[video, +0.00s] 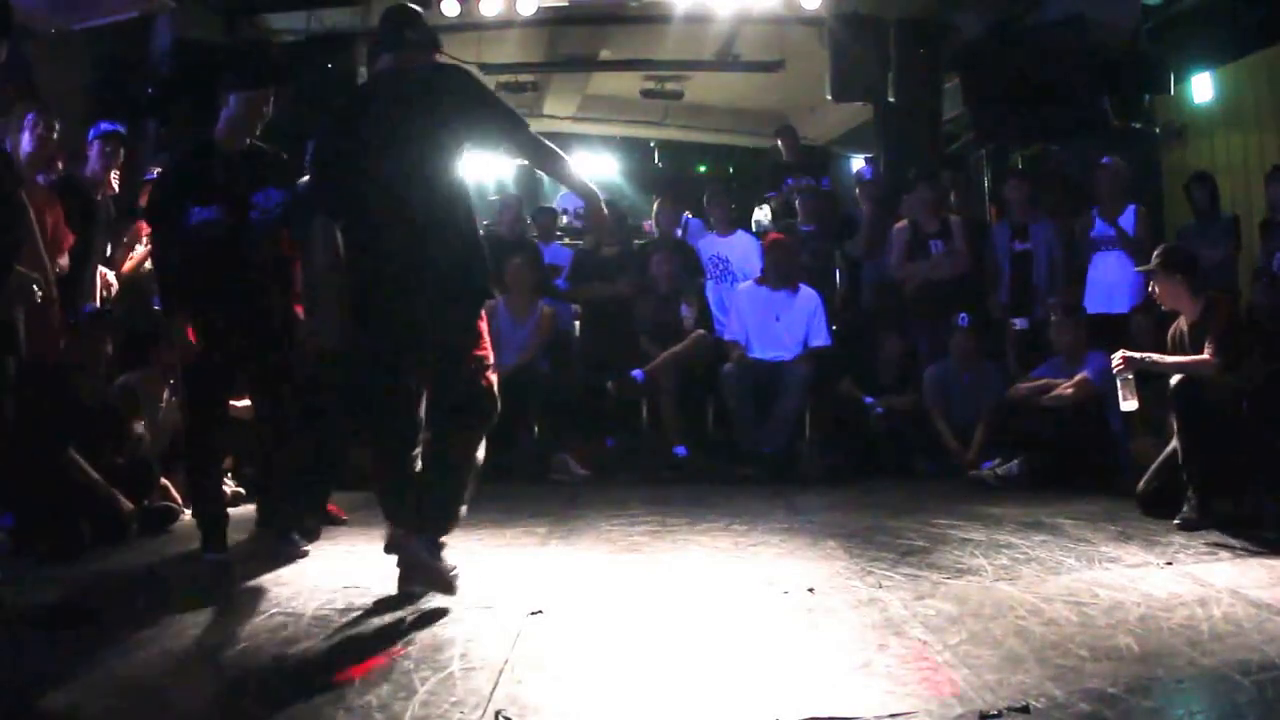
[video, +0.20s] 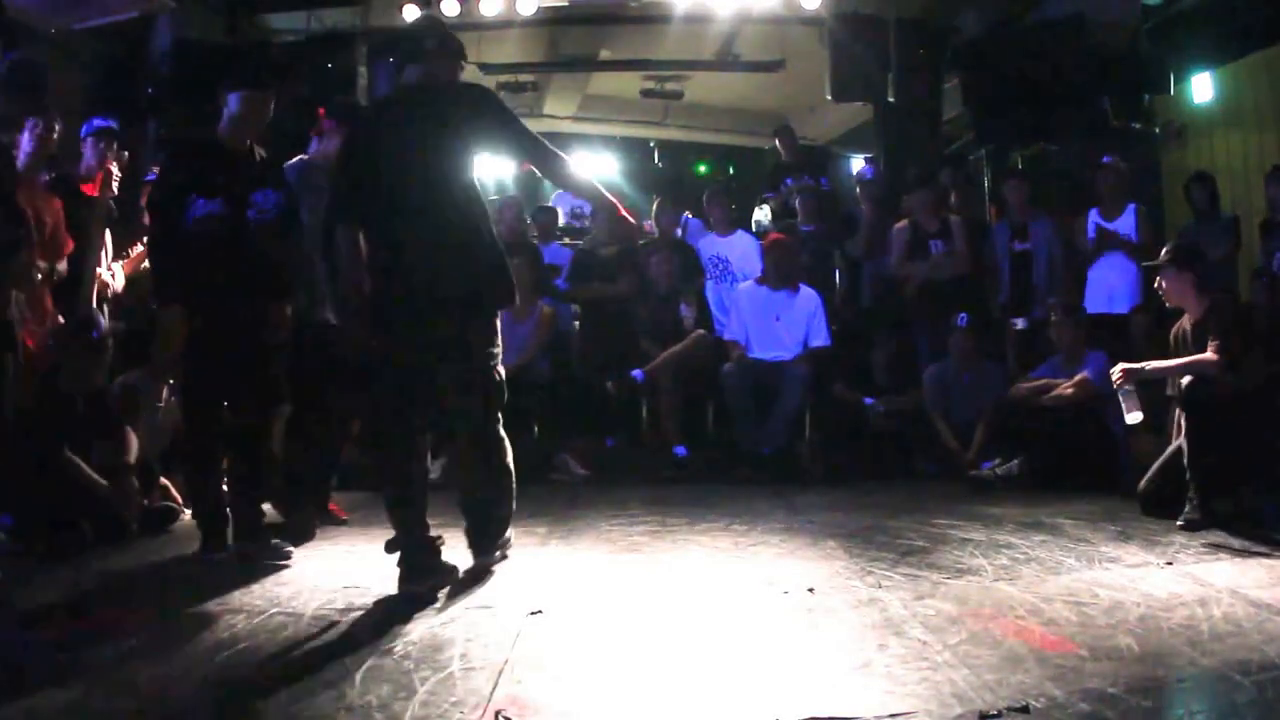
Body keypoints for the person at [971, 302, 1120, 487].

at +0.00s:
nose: (1055, 334)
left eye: (1062, 328)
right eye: (1053, 328)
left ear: (1078, 329)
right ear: (1050, 332)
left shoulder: (1097, 361)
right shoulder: (1055, 364)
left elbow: (1070, 394)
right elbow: (1013, 393)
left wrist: (1036, 400)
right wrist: (1056, 383)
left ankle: (1021, 465)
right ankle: (1002, 461)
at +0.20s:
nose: (1054, 332)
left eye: (1060, 326)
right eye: (1052, 326)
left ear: (1077, 329)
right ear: (1049, 331)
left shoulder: (1096, 360)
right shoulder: (1055, 363)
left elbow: (1072, 393)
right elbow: (1015, 392)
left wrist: (1035, 400)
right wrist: (1057, 384)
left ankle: (1022, 464)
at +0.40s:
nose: (1054, 333)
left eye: (1060, 327)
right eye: (1052, 327)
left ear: (1077, 330)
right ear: (1049, 332)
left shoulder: (1097, 360)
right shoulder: (1056, 362)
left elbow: (1072, 393)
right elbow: (1014, 392)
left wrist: (1037, 401)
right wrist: (1054, 384)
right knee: (1000, 404)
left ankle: (1021, 464)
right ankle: (972, 460)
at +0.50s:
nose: (1056, 336)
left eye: (1062, 329)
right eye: (1054, 329)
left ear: (1078, 331)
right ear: (1051, 333)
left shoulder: (1095, 360)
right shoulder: (1057, 362)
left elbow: (1075, 392)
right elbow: (1014, 392)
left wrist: (1040, 401)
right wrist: (1053, 383)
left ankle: (1022, 464)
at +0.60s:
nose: (1057, 335)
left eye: (1063, 329)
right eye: (1054, 328)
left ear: (1079, 332)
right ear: (1050, 332)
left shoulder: (1095, 360)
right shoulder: (1057, 362)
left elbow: (1072, 393)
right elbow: (1014, 392)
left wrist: (1037, 401)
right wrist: (1054, 383)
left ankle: (1023, 463)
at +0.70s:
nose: (1054, 333)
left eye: (1060, 327)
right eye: (1052, 327)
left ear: (1078, 329)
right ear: (1049, 331)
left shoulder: (1096, 360)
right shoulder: (1055, 363)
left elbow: (1073, 393)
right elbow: (1014, 392)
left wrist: (1035, 401)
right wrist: (1057, 383)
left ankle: (1021, 464)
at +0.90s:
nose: (1052, 332)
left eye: (1058, 326)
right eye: (1051, 326)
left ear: (1076, 330)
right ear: (1049, 330)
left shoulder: (1096, 360)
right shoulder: (1055, 363)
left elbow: (1071, 393)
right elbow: (1013, 392)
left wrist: (1033, 401)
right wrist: (1057, 384)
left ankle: (1022, 463)